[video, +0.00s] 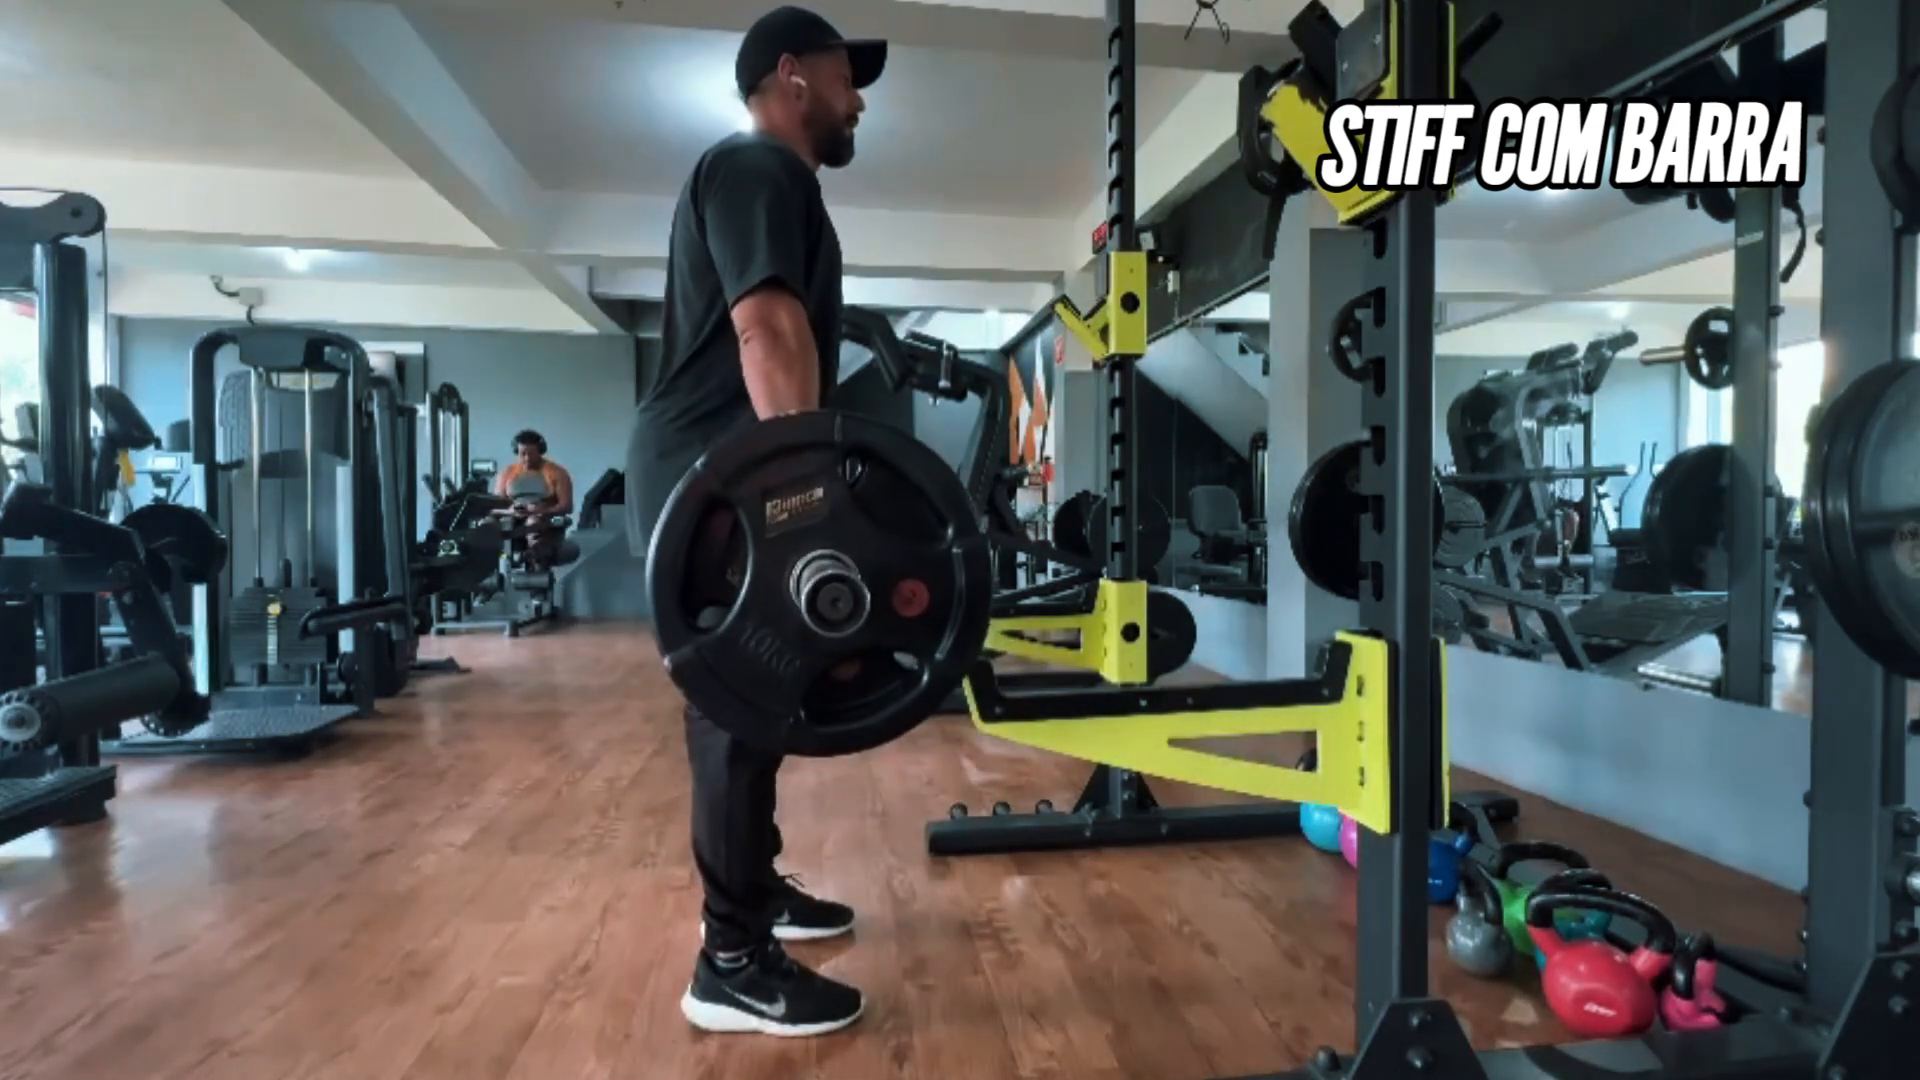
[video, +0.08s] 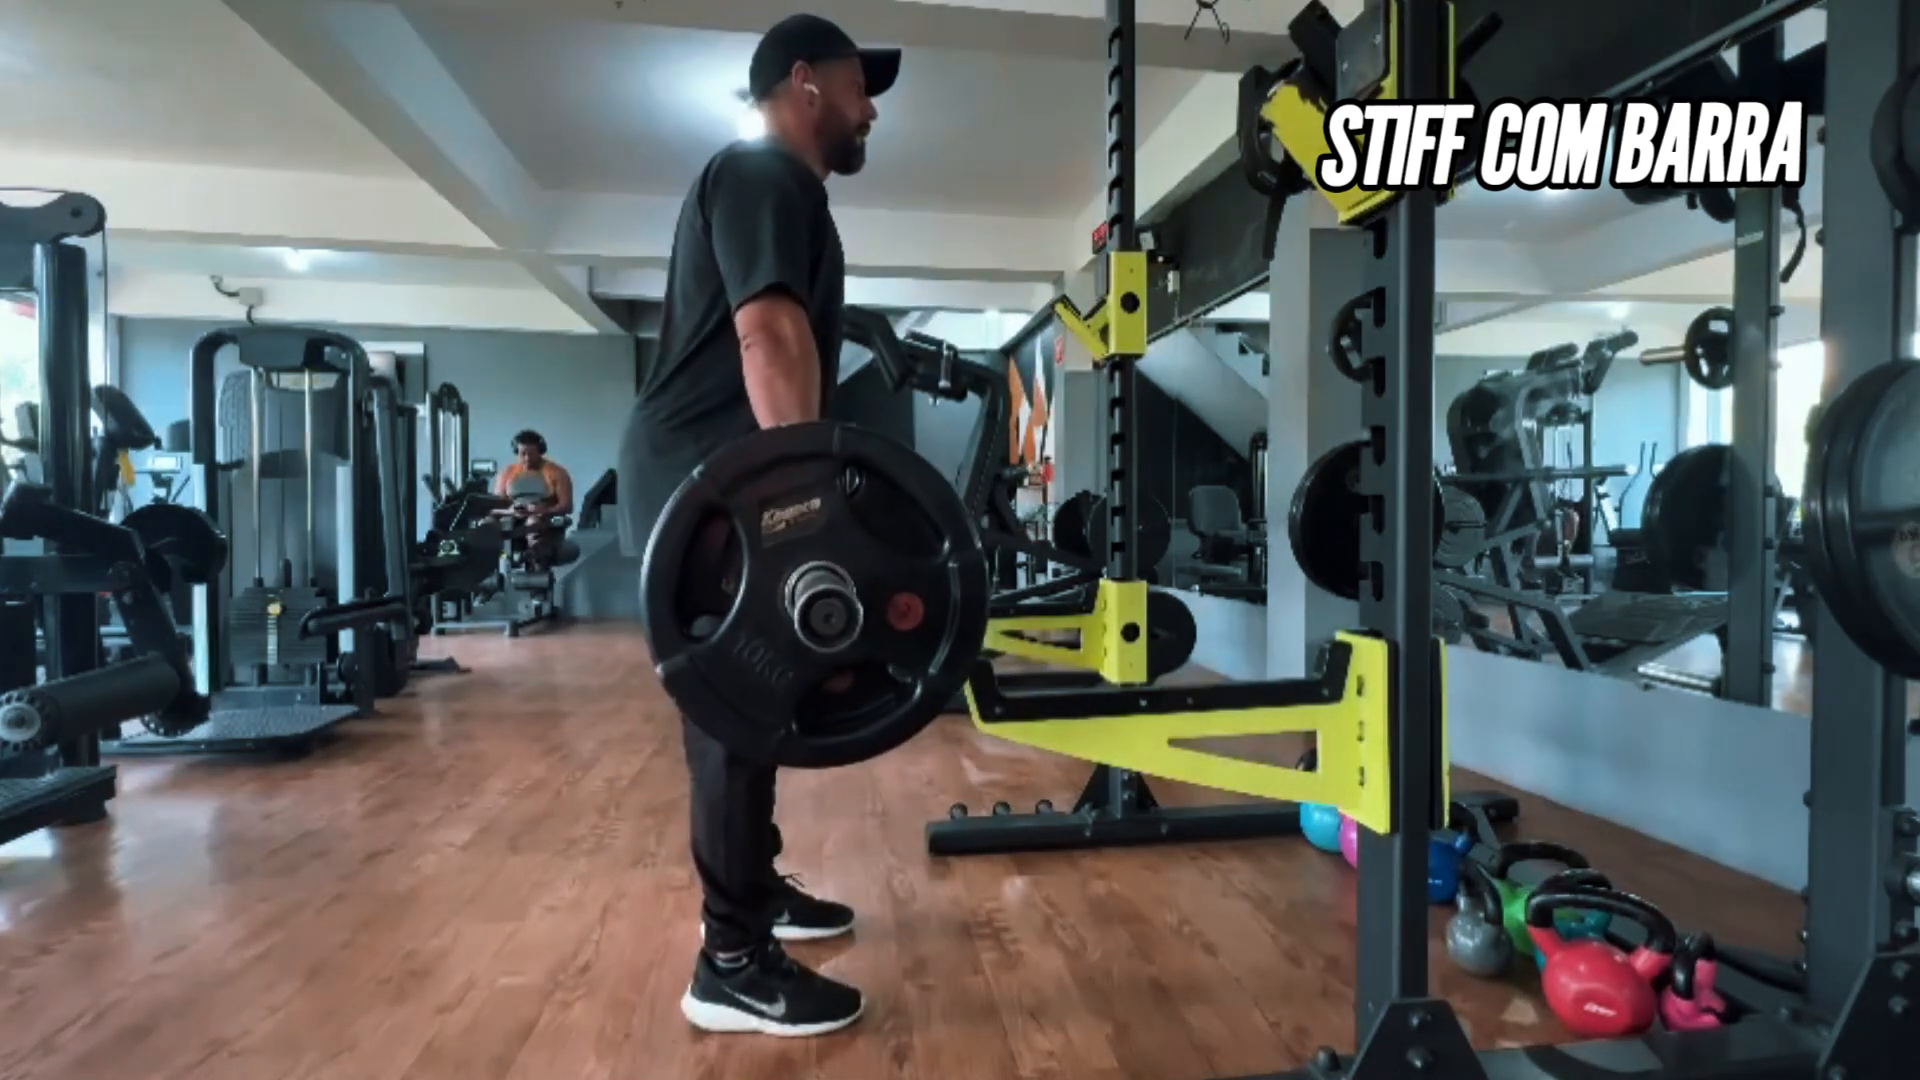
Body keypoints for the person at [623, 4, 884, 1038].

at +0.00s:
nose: (861, 96)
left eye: (859, 80)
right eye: (848, 76)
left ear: (786, 83)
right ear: (790, 75)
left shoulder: (764, 182)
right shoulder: (754, 165)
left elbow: (778, 344)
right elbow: (765, 326)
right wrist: (810, 498)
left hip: (720, 474)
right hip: (706, 475)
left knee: (752, 693)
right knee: (733, 704)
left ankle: (751, 884)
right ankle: (731, 958)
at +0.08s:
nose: (873, 109)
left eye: (873, 91)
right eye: (862, 86)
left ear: (799, 86)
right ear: (807, 80)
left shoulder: (778, 189)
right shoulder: (760, 171)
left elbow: (780, 347)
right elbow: (767, 332)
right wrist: (807, 503)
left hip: (718, 473)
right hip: (699, 473)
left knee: (752, 686)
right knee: (729, 701)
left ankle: (752, 883)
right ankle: (731, 957)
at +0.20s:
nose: (901, 136)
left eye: (901, 119)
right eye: (890, 114)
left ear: (829, 112)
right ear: (836, 109)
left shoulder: (808, 209)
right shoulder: (781, 187)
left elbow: (790, 363)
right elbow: (776, 355)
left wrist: (802, 523)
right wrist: (808, 534)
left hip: (707, 474)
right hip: (677, 475)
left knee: (747, 690)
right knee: (728, 700)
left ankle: (749, 884)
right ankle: (730, 959)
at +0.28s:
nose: (915, 159)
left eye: (916, 143)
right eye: (906, 137)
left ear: (845, 130)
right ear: (849, 126)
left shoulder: (811, 216)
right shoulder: (790, 199)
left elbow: (790, 376)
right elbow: (781, 369)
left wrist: (803, 547)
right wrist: (806, 552)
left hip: (699, 472)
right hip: (667, 473)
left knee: (744, 688)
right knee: (723, 702)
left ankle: (751, 886)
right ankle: (731, 959)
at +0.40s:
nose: (939, 205)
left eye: (941, 187)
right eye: (932, 182)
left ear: (873, 172)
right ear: (879, 167)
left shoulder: (818, 250)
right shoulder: (805, 233)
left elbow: (796, 409)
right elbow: (787, 402)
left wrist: (810, 578)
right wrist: (810, 582)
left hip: (682, 479)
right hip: (648, 477)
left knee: (742, 687)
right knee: (721, 702)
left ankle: (758, 894)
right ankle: (729, 957)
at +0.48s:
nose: (950, 227)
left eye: (953, 209)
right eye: (943, 204)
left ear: (882, 195)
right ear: (891, 191)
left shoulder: (814, 262)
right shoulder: (811, 250)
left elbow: (795, 427)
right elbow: (791, 423)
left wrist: (805, 594)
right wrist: (808, 603)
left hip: (635, 480)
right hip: (646, 482)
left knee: (714, 705)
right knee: (740, 704)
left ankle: (745, 926)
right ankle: (734, 959)